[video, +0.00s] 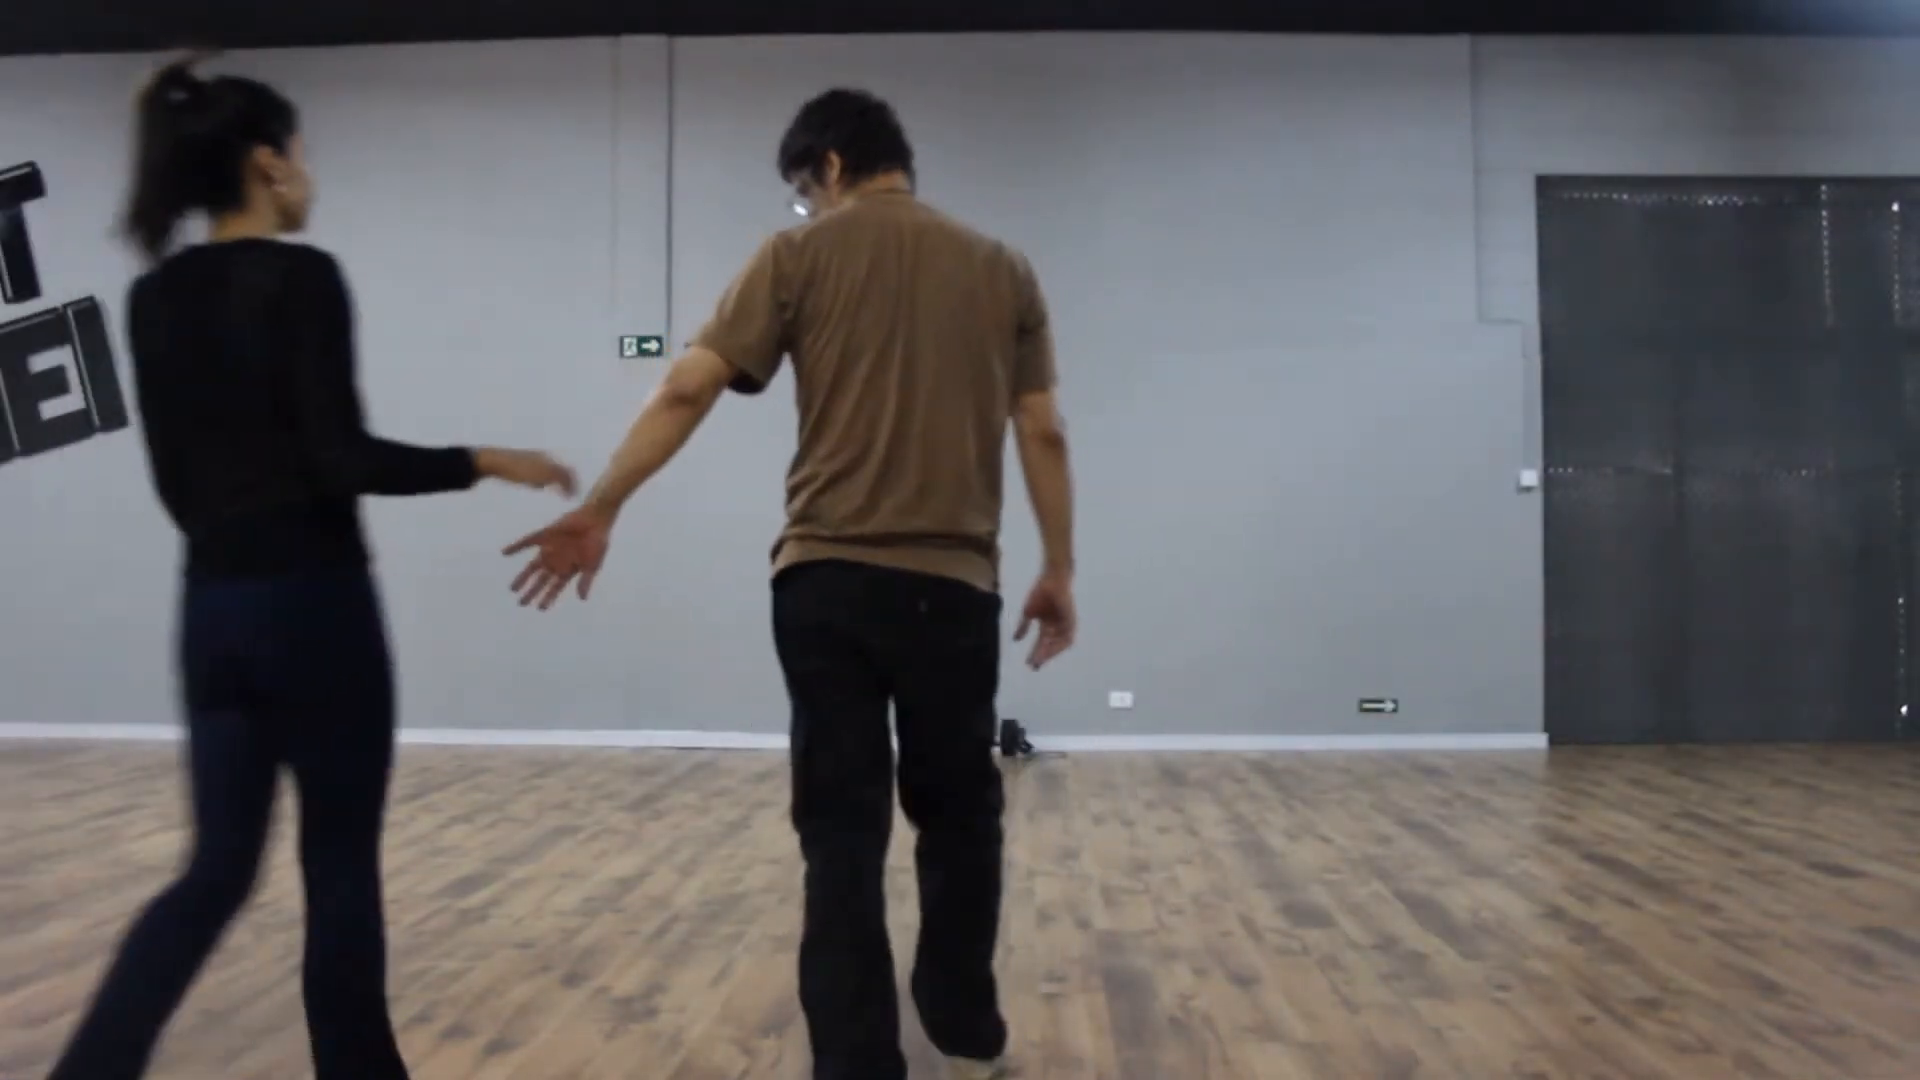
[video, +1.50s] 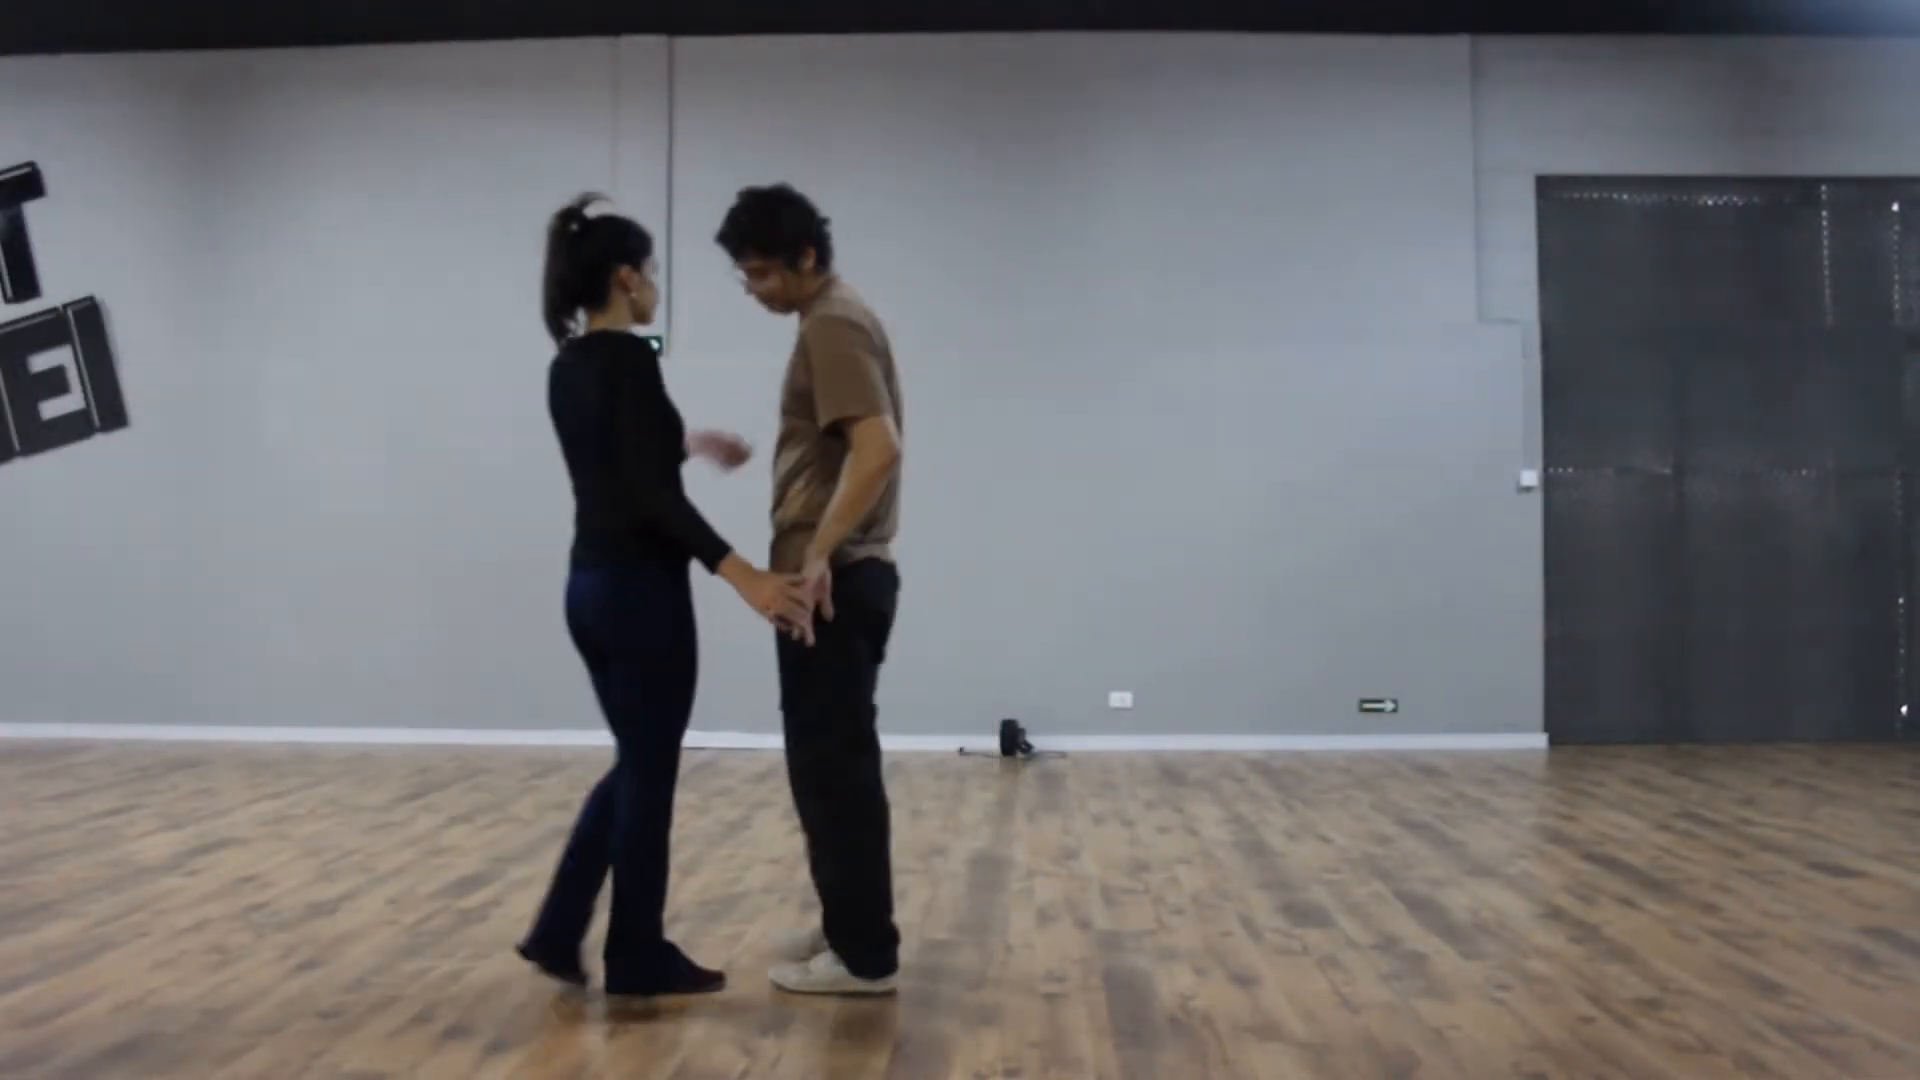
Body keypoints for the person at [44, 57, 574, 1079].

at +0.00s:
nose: (308, 172)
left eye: (301, 153)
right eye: (298, 154)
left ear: (206, 175)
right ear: (267, 165)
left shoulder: (155, 298)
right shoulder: (303, 275)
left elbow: (178, 485)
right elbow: (342, 459)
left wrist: (256, 543)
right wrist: (482, 464)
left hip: (216, 613)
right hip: (321, 608)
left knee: (216, 869)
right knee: (342, 876)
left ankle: (89, 1069)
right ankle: (360, 1069)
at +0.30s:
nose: (424, 196)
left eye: (418, 180)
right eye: (418, 181)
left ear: (322, 197)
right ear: (398, 190)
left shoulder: (279, 311)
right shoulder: (435, 288)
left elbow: (261, 469)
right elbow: (476, 453)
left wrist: (260, 607)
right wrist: (586, 476)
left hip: (327, 603)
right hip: (426, 598)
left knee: (398, 819)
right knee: (390, 846)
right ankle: (355, 1061)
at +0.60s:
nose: (509, 247)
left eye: (505, 232)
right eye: (503, 233)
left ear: (416, 246)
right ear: (484, 241)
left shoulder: (378, 349)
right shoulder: (513, 329)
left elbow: (354, 491)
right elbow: (532, 477)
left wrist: (337, 620)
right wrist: (637, 509)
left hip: (423, 611)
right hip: (507, 609)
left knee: (491, 815)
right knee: (471, 840)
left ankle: (532, 1017)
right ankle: (381, 1061)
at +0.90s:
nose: (564, 259)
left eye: (561, 244)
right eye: (558, 244)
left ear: (482, 257)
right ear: (534, 251)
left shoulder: (448, 351)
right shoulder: (554, 333)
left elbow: (487, 478)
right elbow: (564, 471)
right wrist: (680, 502)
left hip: (480, 602)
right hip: (559, 601)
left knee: (506, 794)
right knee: (603, 787)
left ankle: (523, 1009)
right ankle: (575, 989)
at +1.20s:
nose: (613, 281)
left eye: (609, 267)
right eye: (606, 267)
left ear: (539, 281)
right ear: (580, 275)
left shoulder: (508, 370)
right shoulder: (598, 352)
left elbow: (546, 489)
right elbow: (608, 488)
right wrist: (714, 539)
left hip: (529, 605)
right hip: (602, 604)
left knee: (545, 790)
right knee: (626, 783)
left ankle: (525, 997)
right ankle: (631, 957)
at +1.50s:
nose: (656, 283)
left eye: (651, 270)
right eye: (648, 270)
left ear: (591, 285)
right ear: (624, 279)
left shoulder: (570, 364)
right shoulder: (629, 359)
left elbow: (613, 450)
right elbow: (656, 492)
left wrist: (691, 443)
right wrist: (743, 574)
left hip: (596, 585)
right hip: (643, 589)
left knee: (639, 760)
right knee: (650, 766)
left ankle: (556, 931)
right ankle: (637, 954)